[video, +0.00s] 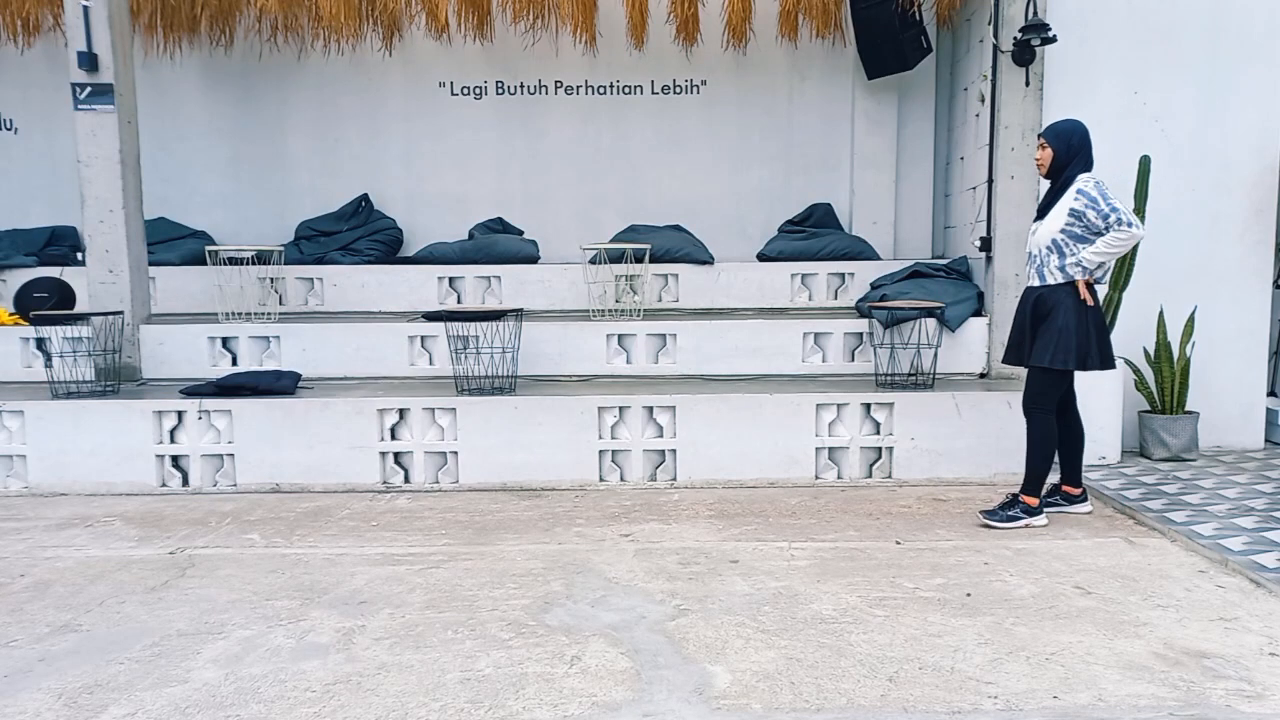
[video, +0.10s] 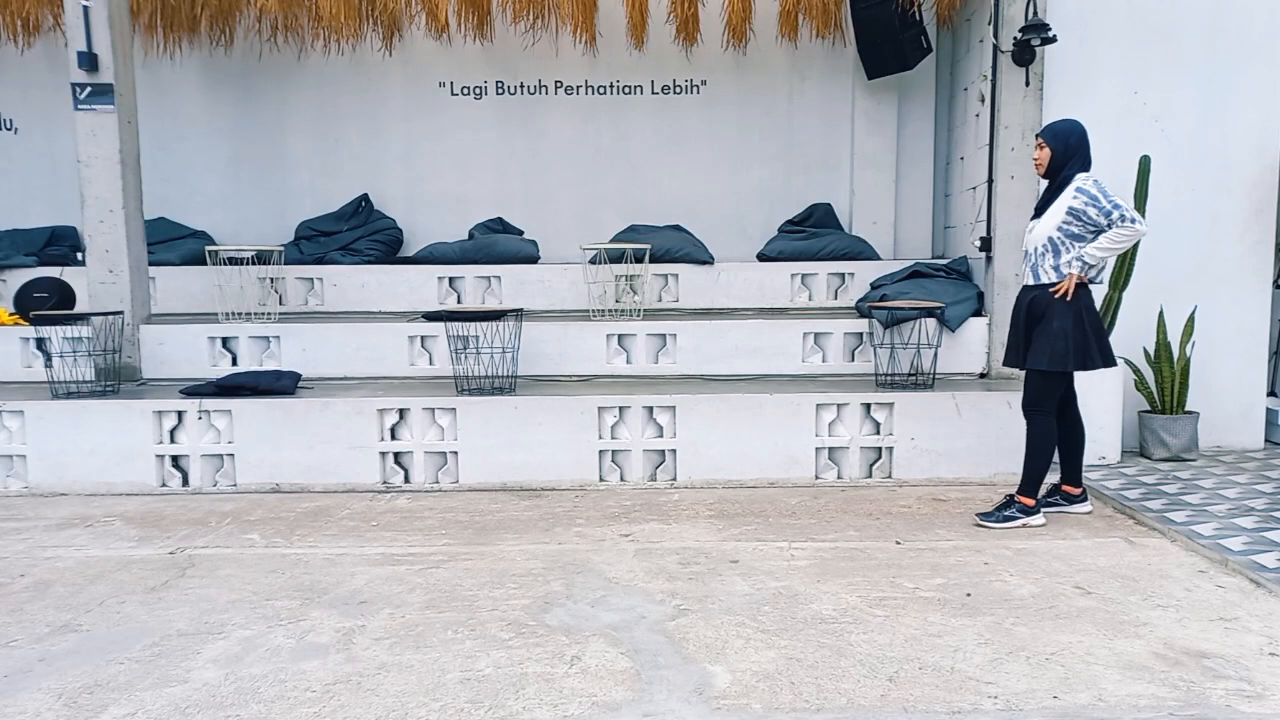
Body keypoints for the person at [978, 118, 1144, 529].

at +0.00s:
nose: (1038, 155)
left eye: (1044, 148)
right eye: (1038, 148)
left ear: (1066, 150)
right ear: (1058, 152)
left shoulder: (1085, 186)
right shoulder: (1059, 193)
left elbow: (1128, 229)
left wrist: (1085, 267)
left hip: (1063, 307)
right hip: (1043, 307)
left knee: (1038, 401)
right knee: (1063, 402)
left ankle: (1029, 500)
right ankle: (1072, 489)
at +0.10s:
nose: (1035, 155)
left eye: (1041, 148)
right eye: (1036, 148)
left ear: (1063, 150)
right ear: (1057, 151)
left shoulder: (1083, 187)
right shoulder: (1057, 192)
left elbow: (1131, 225)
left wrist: (1082, 264)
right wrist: (1044, 276)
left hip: (1059, 309)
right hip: (1041, 308)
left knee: (1038, 405)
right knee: (1063, 403)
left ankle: (1026, 501)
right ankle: (1072, 488)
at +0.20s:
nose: (1034, 154)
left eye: (1039, 147)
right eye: (1034, 147)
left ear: (1061, 149)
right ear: (1057, 150)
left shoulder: (1081, 187)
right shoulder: (1055, 191)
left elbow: (1125, 230)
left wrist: (1072, 273)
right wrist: (1036, 273)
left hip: (1056, 309)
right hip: (1039, 307)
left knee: (1038, 406)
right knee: (1063, 403)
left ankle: (1026, 501)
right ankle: (1072, 488)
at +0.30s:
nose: (1032, 154)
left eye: (1038, 147)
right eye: (1033, 147)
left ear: (1060, 149)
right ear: (1053, 151)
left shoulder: (1080, 187)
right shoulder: (1053, 192)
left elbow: (1116, 235)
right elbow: (1066, 245)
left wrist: (1064, 279)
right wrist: (1034, 278)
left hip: (1055, 309)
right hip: (1039, 307)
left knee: (1036, 404)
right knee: (1062, 402)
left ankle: (1026, 501)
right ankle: (1071, 488)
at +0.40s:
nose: (1031, 154)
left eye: (1037, 147)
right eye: (1031, 147)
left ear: (1059, 149)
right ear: (1052, 150)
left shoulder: (1079, 186)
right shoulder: (1052, 192)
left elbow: (1107, 236)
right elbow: (1059, 247)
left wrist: (1062, 282)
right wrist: (1031, 282)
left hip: (1053, 310)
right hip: (1037, 308)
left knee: (1034, 405)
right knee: (1061, 403)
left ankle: (1025, 501)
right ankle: (1072, 488)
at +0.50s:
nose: (1030, 155)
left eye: (1036, 147)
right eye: (1030, 148)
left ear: (1058, 149)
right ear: (1050, 151)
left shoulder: (1078, 186)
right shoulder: (1051, 192)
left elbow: (1103, 236)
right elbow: (1057, 248)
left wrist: (1060, 283)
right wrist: (1030, 284)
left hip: (1053, 310)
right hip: (1037, 308)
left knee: (1031, 405)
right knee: (1061, 403)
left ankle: (1024, 501)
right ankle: (1072, 489)